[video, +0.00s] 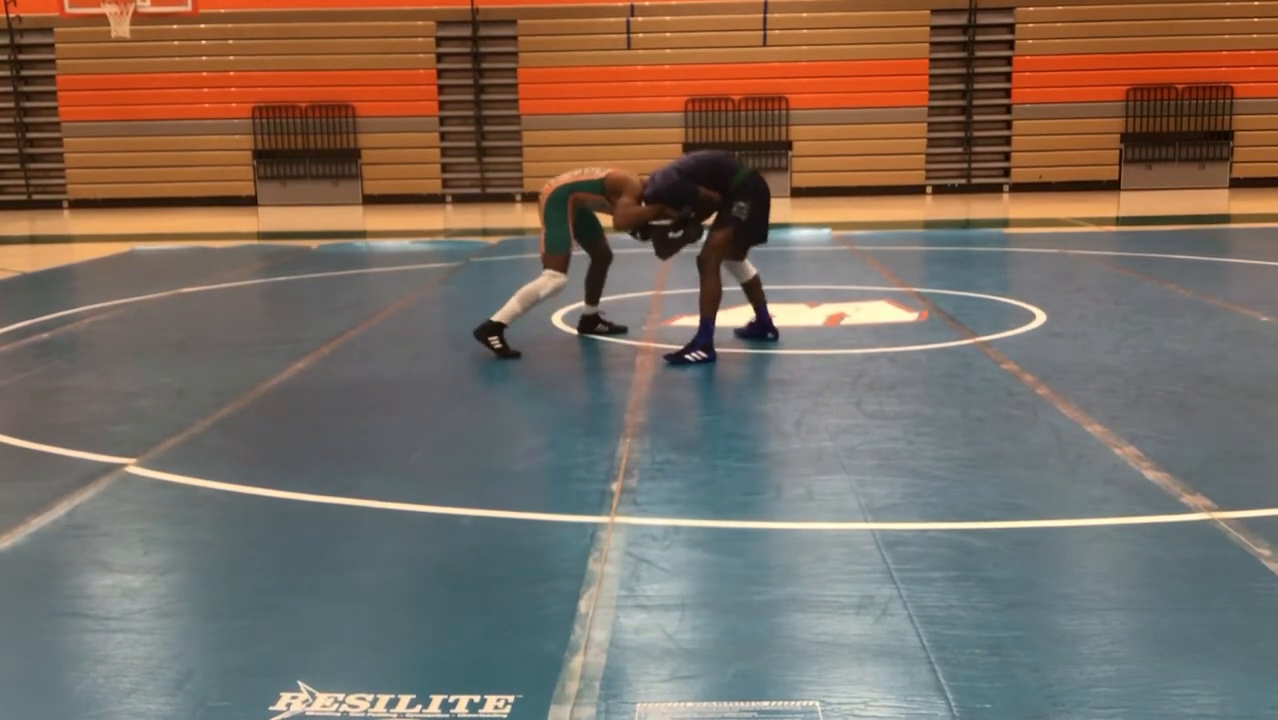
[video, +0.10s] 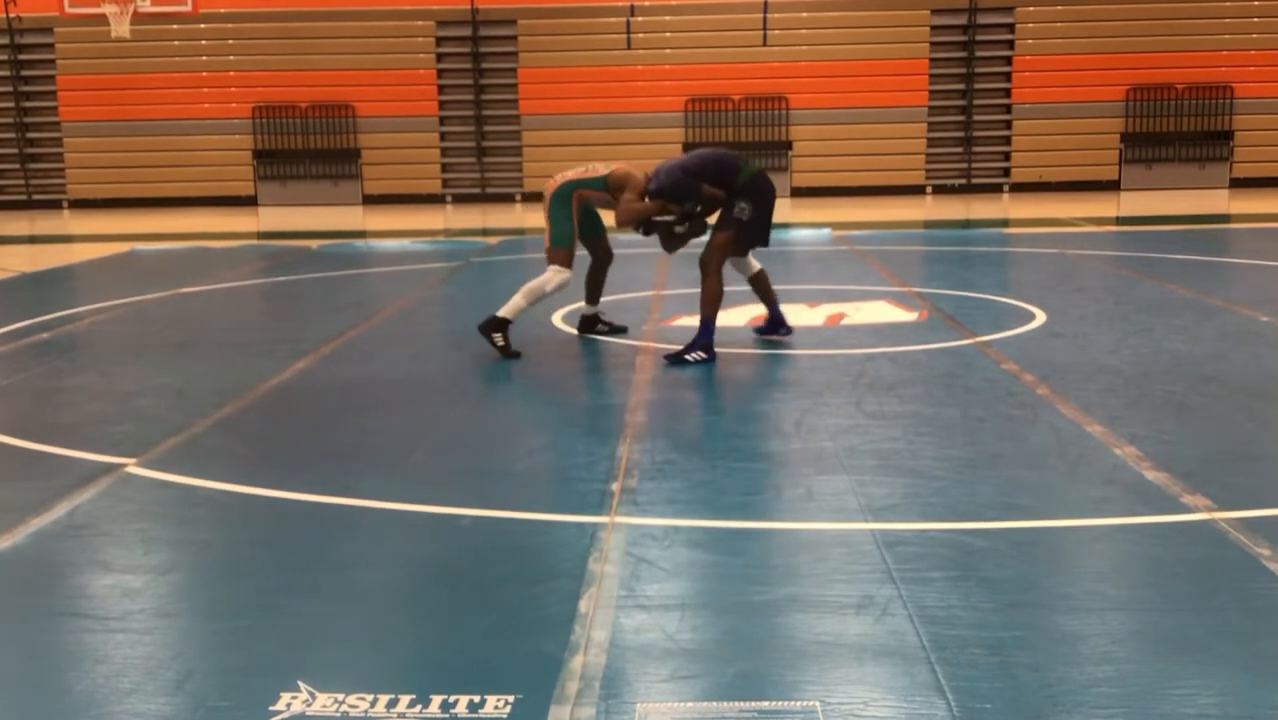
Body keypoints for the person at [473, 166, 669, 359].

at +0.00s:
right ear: (662, 194)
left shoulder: (637, 194)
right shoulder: (633, 186)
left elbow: (663, 249)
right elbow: (622, 221)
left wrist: (682, 228)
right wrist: (659, 209)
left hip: (578, 204)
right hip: (558, 198)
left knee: (603, 256)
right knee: (555, 278)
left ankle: (590, 318)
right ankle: (493, 327)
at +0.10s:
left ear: (655, 182)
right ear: (659, 184)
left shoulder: (640, 188)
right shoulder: (635, 181)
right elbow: (624, 216)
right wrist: (661, 206)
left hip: (582, 201)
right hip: (562, 194)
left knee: (603, 256)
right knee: (559, 275)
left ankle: (590, 318)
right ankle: (497, 323)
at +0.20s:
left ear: (660, 178)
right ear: (665, 183)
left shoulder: (641, 185)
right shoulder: (641, 181)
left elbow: (633, 219)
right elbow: (632, 218)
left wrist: (666, 212)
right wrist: (669, 206)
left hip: (583, 197)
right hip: (566, 193)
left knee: (602, 257)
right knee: (578, 268)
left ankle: (590, 319)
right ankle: (512, 314)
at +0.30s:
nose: (684, 208)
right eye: (686, 201)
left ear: (669, 179)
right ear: (677, 192)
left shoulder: (655, 190)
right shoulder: (649, 185)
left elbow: (670, 247)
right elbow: (642, 226)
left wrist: (697, 236)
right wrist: (679, 210)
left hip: (583, 198)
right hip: (569, 196)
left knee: (603, 260)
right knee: (593, 268)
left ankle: (590, 319)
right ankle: (543, 326)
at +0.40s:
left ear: (671, 186)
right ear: (678, 194)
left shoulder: (654, 193)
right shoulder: (654, 193)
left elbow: (670, 245)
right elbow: (649, 236)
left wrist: (699, 238)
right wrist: (683, 217)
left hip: (580, 203)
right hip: (574, 205)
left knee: (603, 262)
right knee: (604, 280)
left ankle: (590, 319)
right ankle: (549, 334)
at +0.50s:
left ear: (671, 190)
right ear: (678, 197)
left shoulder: (655, 200)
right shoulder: (651, 197)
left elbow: (679, 247)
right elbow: (651, 241)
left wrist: (704, 236)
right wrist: (685, 221)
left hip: (580, 206)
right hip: (573, 208)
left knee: (603, 266)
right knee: (605, 281)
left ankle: (589, 320)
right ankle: (548, 335)